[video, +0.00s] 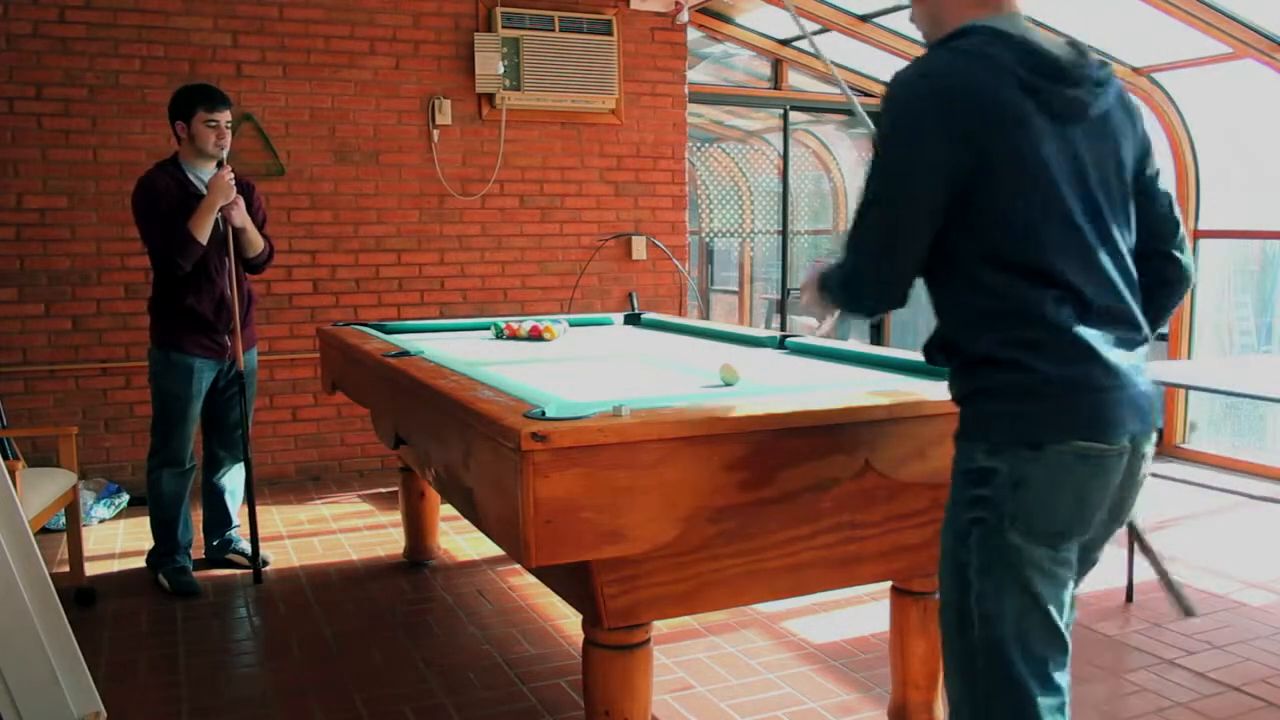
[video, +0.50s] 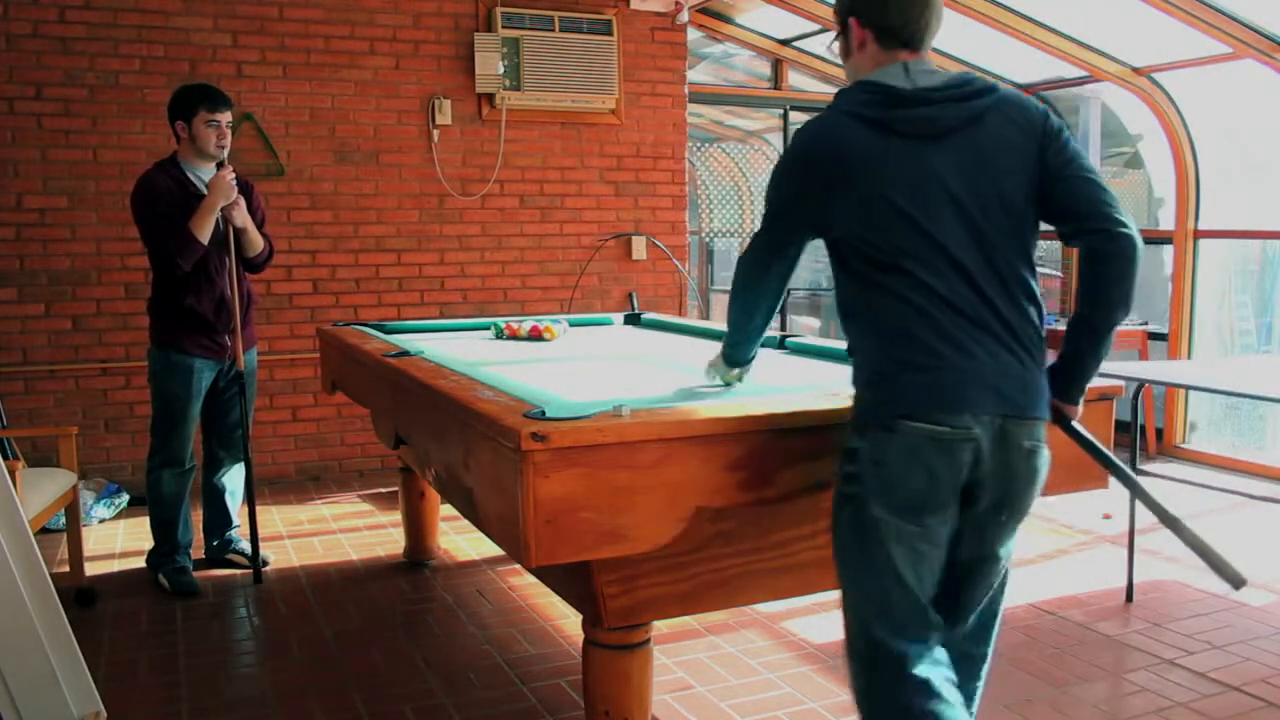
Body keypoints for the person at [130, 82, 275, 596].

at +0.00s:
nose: (223, 134)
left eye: (228, 126)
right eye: (212, 125)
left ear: (232, 131)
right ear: (181, 129)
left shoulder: (240, 186)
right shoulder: (156, 187)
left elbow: (259, 262)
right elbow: (175, 262)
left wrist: (243, 223)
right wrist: (209, 205)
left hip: (238, 339)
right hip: (183, 341)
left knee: (229, 450)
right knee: (175, 454)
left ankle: (223, 542)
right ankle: (171, 558)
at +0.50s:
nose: (224, 134)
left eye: (228, 126)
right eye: (213, 125)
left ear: (232, 131)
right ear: (182, 129)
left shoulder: (239, 186)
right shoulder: (155, 187)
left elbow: (259, 262)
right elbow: (175, 261)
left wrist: (243, 222)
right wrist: (211, 204)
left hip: (238, 339)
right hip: (183, 341)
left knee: (230, 450)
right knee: (175, 455)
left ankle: (223, 542)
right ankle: (171, 558)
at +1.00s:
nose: (223, 135)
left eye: (228, 126)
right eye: (213, 125)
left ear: (232, 130)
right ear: (181, 129)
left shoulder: (238, 185)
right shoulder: (155, 187)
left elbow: (258, 262)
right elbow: (174, 262)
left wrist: (243, 222)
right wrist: (210, 204)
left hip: (237, 339)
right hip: (182, 341)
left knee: (229, 450)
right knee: (175, 455)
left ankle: (223, 542)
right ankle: (171, 558)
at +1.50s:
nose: (223, 135)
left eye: (228, 126)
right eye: (212, 126)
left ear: (232, 131)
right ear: (181, 129)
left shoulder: (239, 186)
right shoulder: (155, 187)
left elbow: (258, 262)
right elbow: (175, 261)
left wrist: (243, 222)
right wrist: (209, 205)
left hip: (237, 339)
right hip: (182, 341)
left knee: (229, 450)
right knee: (175, 455)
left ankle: (223, 543)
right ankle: (171, 558)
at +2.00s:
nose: (231, 138)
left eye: (235, 129)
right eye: (223, 128)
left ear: (236, 133)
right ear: (190, 128)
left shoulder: (235, 184)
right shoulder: (156, 187)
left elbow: (257, 261)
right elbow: (176, 261)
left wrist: (242, 221)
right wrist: (209, 204)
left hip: (238, 339)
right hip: (184, 341)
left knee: (229, 450)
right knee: (176, 455)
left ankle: (223, 542)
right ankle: (171, 558)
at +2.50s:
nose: (240, 142)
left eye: (242, 133)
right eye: (232, 132)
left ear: (238, 138)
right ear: (200, 132)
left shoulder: (235, 185)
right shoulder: (165, 187)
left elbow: (262, 262)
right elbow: (185, 263)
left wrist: (251, 223)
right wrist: (224, 209)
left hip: (245, 337)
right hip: (195, 340)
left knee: (233, 449)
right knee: (184, 453)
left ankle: (224, 542)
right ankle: (171, 558)